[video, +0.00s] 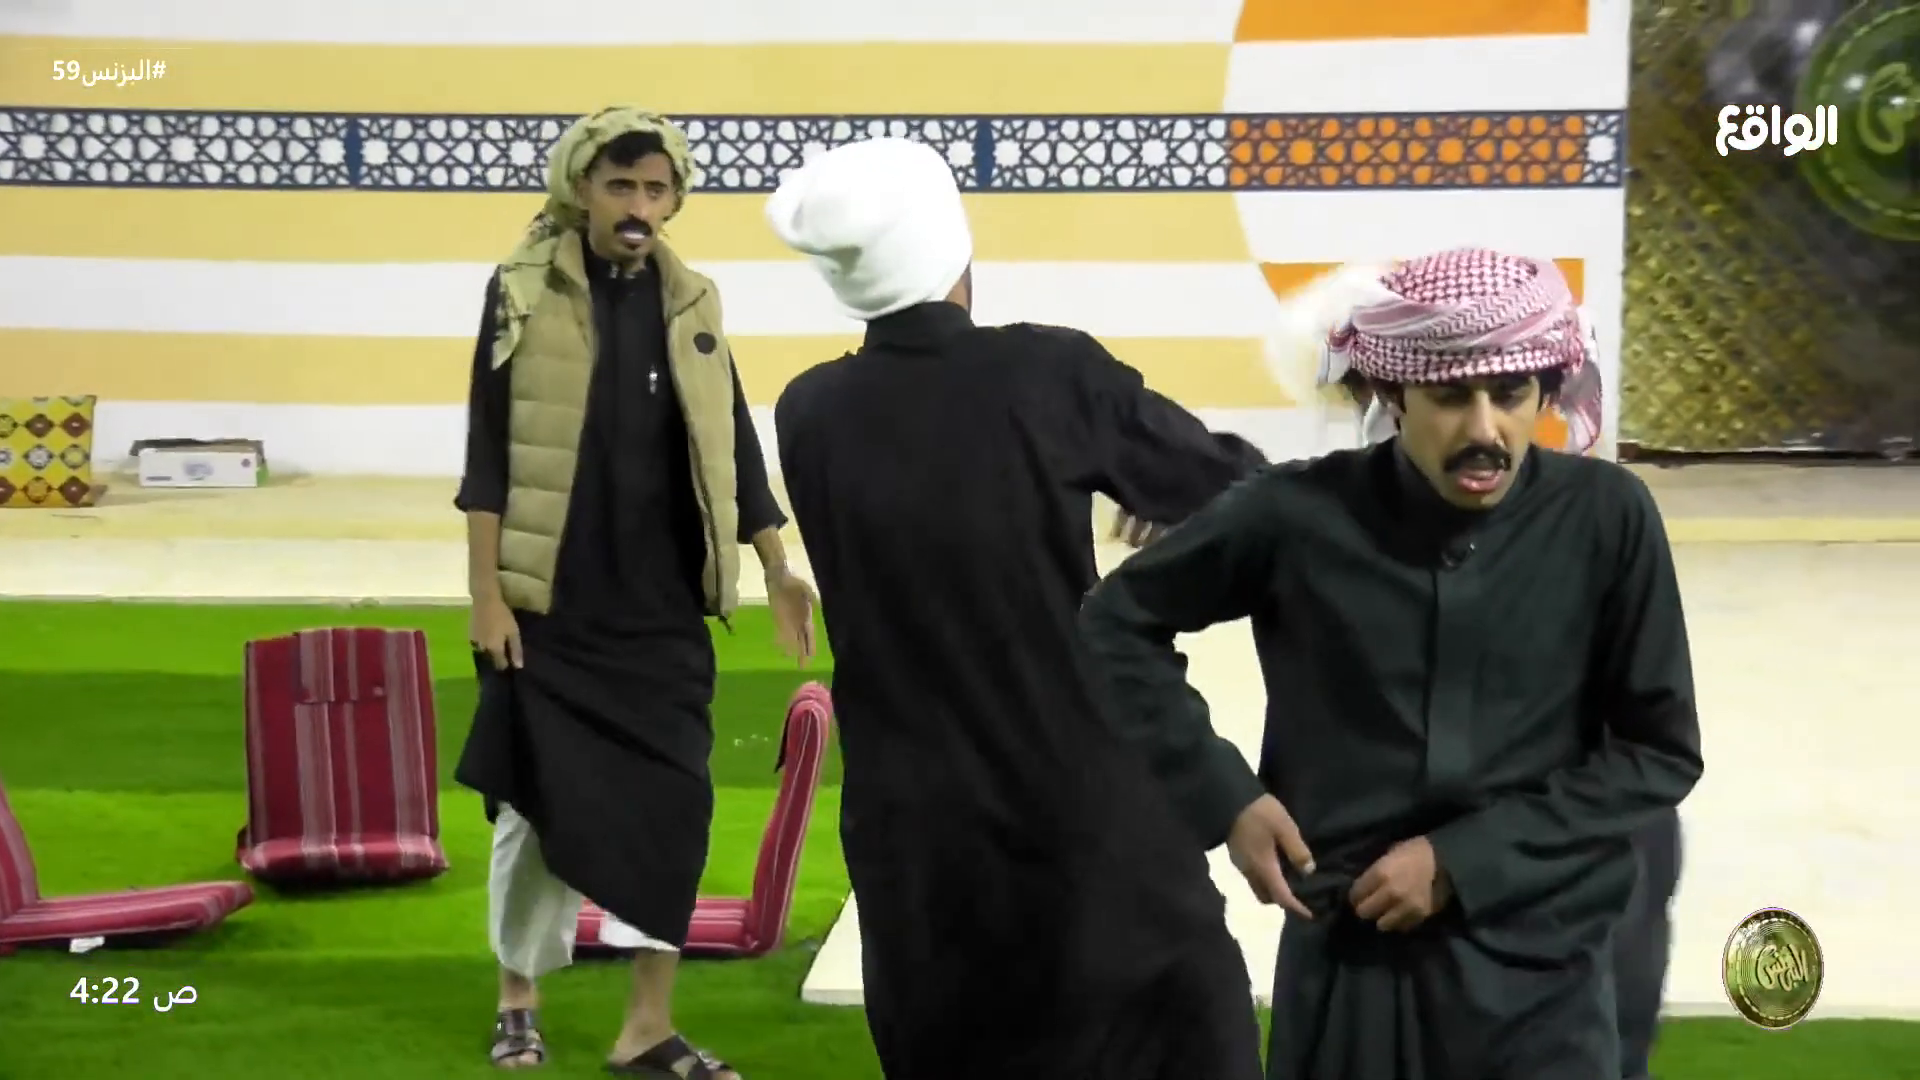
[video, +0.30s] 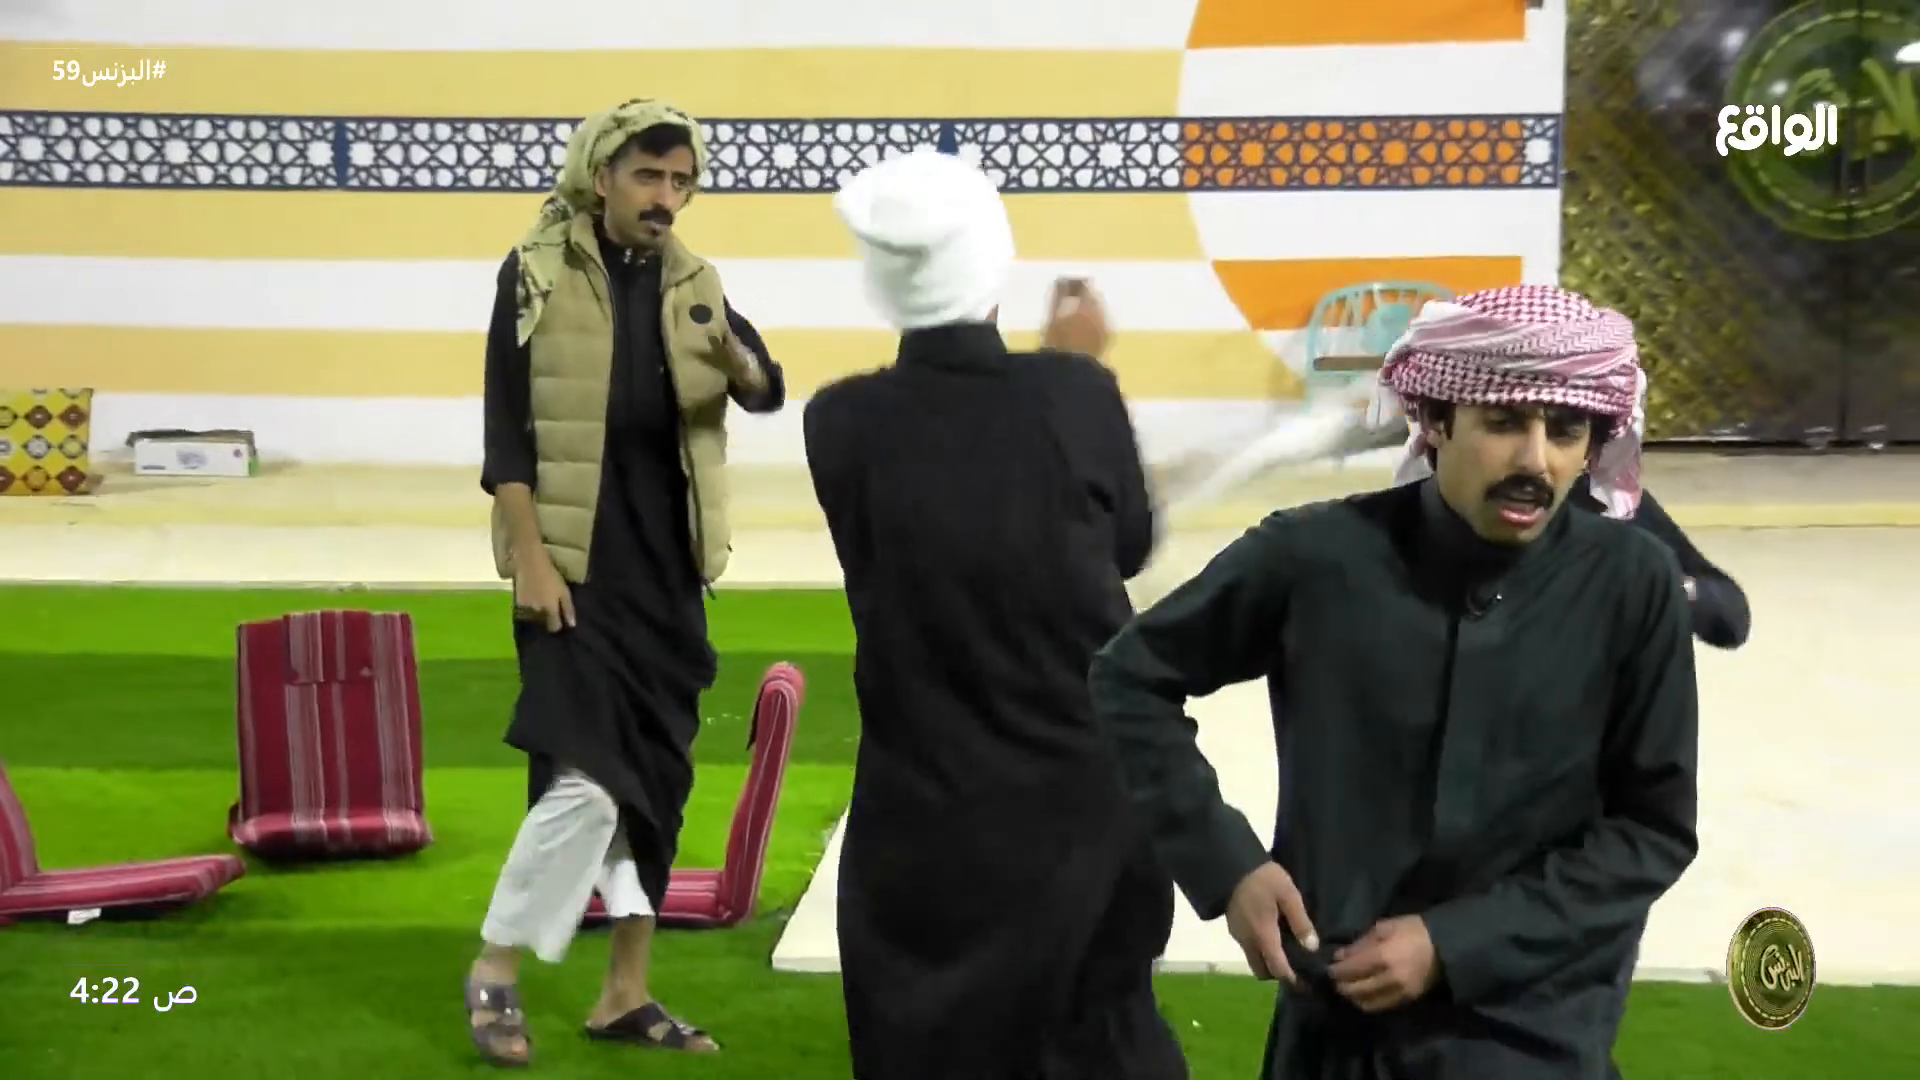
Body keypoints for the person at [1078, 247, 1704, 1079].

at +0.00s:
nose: (1483, 431)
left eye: (1509, 395)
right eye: (1450, 396)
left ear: (1544, 397)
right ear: (1395, 397)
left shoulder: (1608, 516)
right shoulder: (1292, 516)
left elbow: (1659, 753)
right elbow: (1115, 619)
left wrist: (1457, 860)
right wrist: (1229, 799)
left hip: (1541, 985)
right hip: (1344, 979)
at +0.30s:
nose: (1535, 462)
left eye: (1564, 430)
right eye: (1503, 423)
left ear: (1592, 447)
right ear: (1435, 425)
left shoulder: (1632, 582)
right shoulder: (1309, 558)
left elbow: (1654, 830)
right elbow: (1128, 680)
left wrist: (1448, 943)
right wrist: (1232, 869)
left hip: (1530, 1041)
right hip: (1330, 1033)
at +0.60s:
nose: (1500, 463)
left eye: (1530, 424)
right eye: (1465, 427)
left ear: (1569, 427)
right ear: (1405, 428)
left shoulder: (1645, 559)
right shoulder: (1310, 564)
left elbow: (1705, 810)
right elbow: (1164, 688)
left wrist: (1471, 894)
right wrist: (1253, 859)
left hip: (1551, 1036)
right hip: (1350, 1031)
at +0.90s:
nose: (1469, 569)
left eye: (1495, 523)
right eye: (1427, 537)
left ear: (1548, 514)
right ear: (1378, 543)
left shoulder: (1668, 636)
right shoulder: (1318, 671)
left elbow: (1737, 902)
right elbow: (1187, 804)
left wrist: (1495, 1009)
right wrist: (1294, 979)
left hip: (1599, 1059)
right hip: (1369, 1061)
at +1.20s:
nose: (1512, 597)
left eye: (1538, 549)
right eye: (1466, 560)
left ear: (1595, 532)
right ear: (1416, 558)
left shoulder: (1716, 660)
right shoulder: (1337, 689)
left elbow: (1805, 935)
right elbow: (1180, 834)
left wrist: (1551, 1064)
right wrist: (1332, 1027)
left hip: (1651, 1064)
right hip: (1414, 1068)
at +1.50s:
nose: (1575, 771)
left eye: (1614, 732)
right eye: (1540, 733)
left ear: (1681, 674)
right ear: (1494, 687)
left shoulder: (1822, 764)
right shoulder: (1408, 754)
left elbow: (1893, 1039)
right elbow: (1253, 888)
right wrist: (1368, 1069)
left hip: (1734, 1061)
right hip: (1484, 1060)